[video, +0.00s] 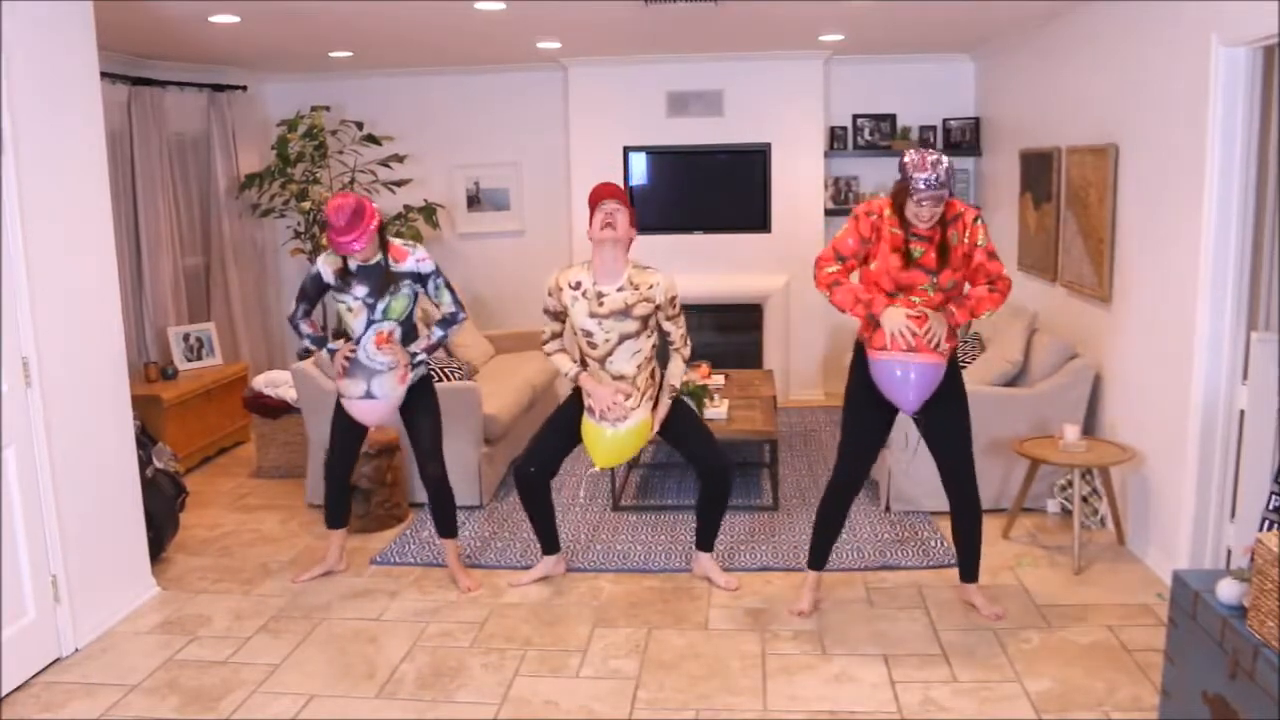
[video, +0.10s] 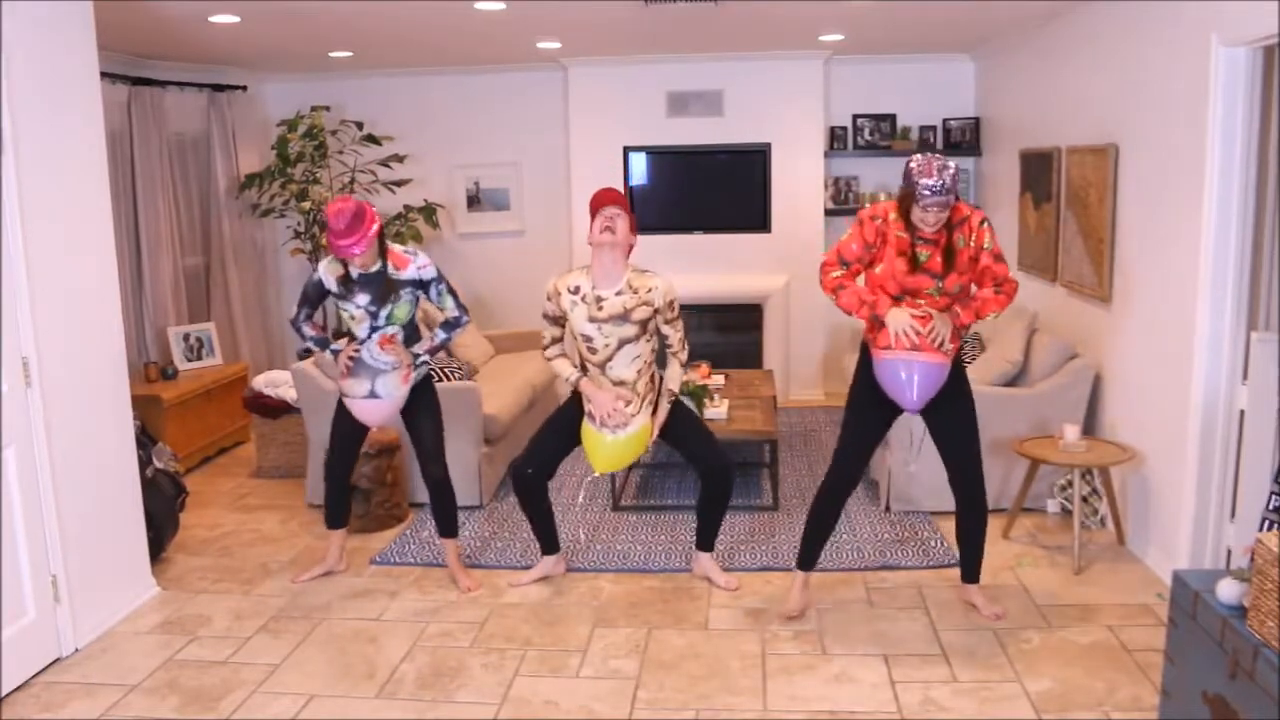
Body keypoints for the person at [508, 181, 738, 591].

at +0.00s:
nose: (607, 214)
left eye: (618, 212)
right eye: (600, 212)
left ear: (632, 233)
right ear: (588, 231)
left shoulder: (655, 284)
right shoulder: (565, 284)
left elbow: (680, 349)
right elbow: (552, 345)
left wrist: (662, 406)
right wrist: (588, 383)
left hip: (652, 393)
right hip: (590, 395)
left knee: (717, 466)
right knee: (529, 470)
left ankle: (704, 554)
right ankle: (552, 556)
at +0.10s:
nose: (606, 220)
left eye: (617, 218)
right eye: (600, 217)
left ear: (632, 240)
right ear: (588, 236)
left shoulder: (654, 288)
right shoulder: (563, 289)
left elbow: (676, 353)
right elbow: (554, 350)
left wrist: (660, 411)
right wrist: (589, 389)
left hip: (651, 396)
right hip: (589, 398)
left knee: (718, 466)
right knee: (526, 472)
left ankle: (704, 555)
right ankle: (551, 556)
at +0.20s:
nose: (607, 223)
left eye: (617, 221)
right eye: (600, 220)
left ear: (633, 243)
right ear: (588, 239)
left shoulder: (653, 290)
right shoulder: (562, 291)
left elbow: (675, 355)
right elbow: (553, 354)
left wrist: (659, 416)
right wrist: (590, 394)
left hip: (650, 399)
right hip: (588, 401)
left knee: (718, 466)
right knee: (525, 472)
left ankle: (704, 555)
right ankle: (551, 556)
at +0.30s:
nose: (607, 226)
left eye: (618, 225)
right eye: (600, 224)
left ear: (633, 247)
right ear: (589, 243)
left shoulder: (653, 293)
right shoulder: (563, 295)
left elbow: (678, 352)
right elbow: (554, 356)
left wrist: (663, 413)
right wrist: (589, 399)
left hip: (650, 402)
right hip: (588, 403)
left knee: (718, 468)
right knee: (524, 473)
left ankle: (704, 554)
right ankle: (552, 556)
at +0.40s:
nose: (607, 225)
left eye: (618, 224)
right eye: (600, 223)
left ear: (633, 246)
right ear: (589, 242)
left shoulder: (653, 290)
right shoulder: (563, 293)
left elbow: (687, 339)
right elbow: (553, 354)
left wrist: (656, 396)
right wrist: (589, 396)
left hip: (648, 400)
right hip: (588, 401)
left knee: (718, 467)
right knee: (524, 473)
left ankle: (704, 555)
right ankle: (551, 556)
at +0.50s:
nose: (604, 216)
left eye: (615, 212)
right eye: (598, 213)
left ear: (632, 232)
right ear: (587, 230)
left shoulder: (655, 273)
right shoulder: (564, 281)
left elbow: (694, 323)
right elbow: (549, 340)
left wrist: (653, 370)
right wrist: (586, 384)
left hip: (648, 392)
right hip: (588, 394)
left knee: (716, 464)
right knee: (527, 471)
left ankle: (704, 556)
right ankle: (551, 556)